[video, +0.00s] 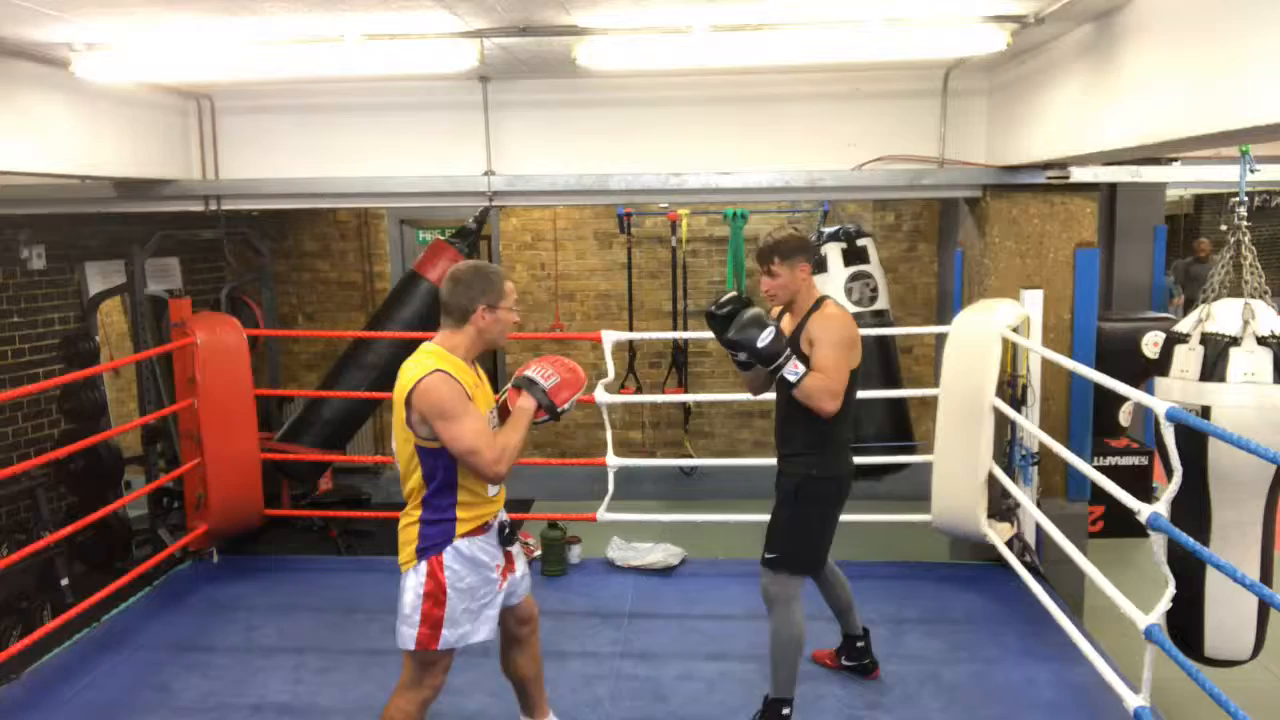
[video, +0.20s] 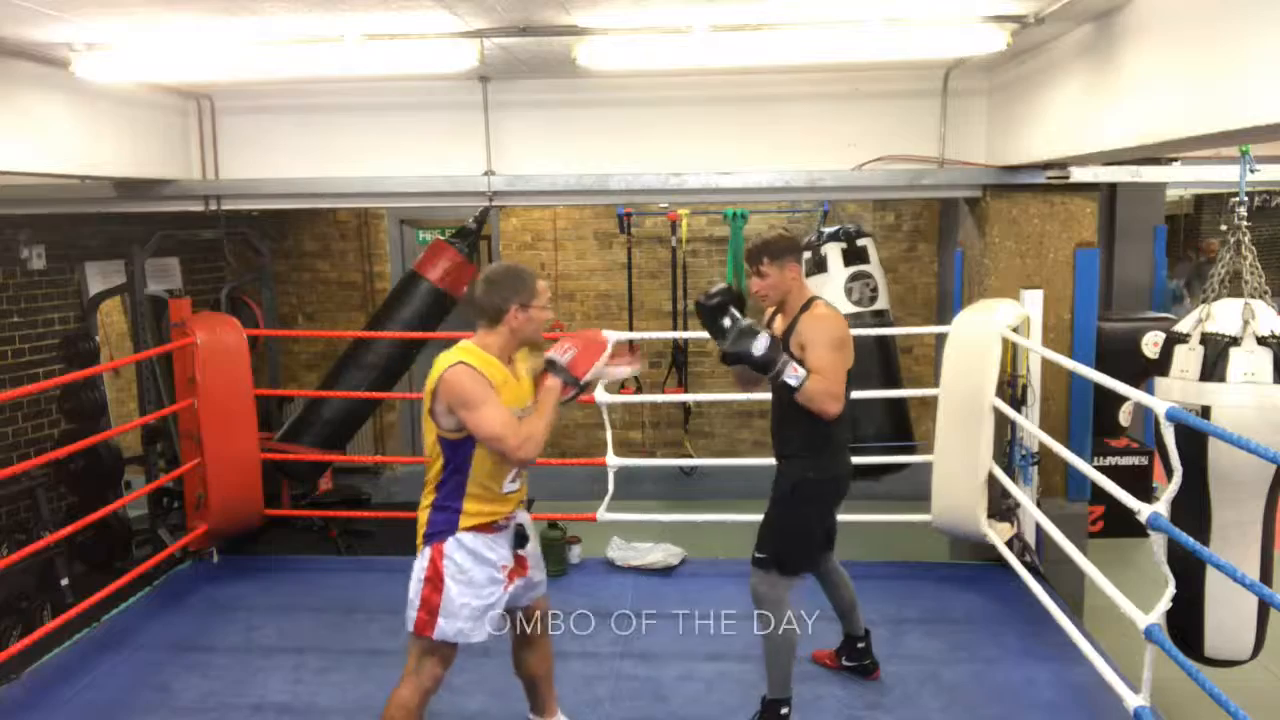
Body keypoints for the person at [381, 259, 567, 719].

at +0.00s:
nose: (516, 320)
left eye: (515, 309)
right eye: (511, 310)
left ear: (475, 315)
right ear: (482, 315)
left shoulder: (462, 367)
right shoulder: (435, 382)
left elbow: (473, 445)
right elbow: (494, 463)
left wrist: (520, 409)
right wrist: (525, 404)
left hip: (486, 533)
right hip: (443, 548)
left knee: (522, 620)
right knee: (423, 681)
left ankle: (538, 715)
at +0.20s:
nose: (550, 318)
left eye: (548, 307)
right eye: (543, 308)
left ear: (511, 314)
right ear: (514, 314)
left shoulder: (522, 360)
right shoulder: (460, 374)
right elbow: (523, 447)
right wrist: (555, 381)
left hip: (510, 529)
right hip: (456, 541)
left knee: (532, 624)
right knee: (426, 674)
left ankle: (546, 713)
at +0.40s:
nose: (569, 309)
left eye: (568, 300)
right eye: (563, 301)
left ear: (530, 309)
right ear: (535, 309)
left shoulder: (532, 352)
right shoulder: (503, 365)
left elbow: (594, 357)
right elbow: (595, 404)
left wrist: (626, 338)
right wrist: (618, 345)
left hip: (528, 522)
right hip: (486, 531)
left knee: (535, 632)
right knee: (458, 662)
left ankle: (545, 714)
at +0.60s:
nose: (587, 305)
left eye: (585, 296)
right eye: (581, 298)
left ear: (552, 307)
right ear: (552, 307)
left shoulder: (567, 348)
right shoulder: (498, 363)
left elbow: (592, 393)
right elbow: (534, 438)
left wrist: (653, 355)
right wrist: (585, 388)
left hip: (543, 513)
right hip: (495, 524)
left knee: (546, 634)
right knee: (484, 658)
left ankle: (546, 713)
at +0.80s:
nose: (590, 308)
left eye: (588, 298)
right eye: (583, 300)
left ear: (553, 310)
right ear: (554, 310)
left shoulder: (561, 351)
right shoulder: (502, 368)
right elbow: (544, 443)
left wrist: (644, 346)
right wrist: (584, 377)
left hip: (549, 521)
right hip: (501, 533)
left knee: (552, 628)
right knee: (479, 662)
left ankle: (545, 712)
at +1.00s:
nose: (589, 312)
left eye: (587, 302)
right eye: (583, 302)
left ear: (553, 309)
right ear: (558, 310)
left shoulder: (551, 355)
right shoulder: (516, 370)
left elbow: (577, 407)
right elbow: (585, 430)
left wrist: (624, 374)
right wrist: (596, 365)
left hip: (541, 517)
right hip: (506, 525)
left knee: (551, 622)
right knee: (492, 658)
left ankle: (549, 713)